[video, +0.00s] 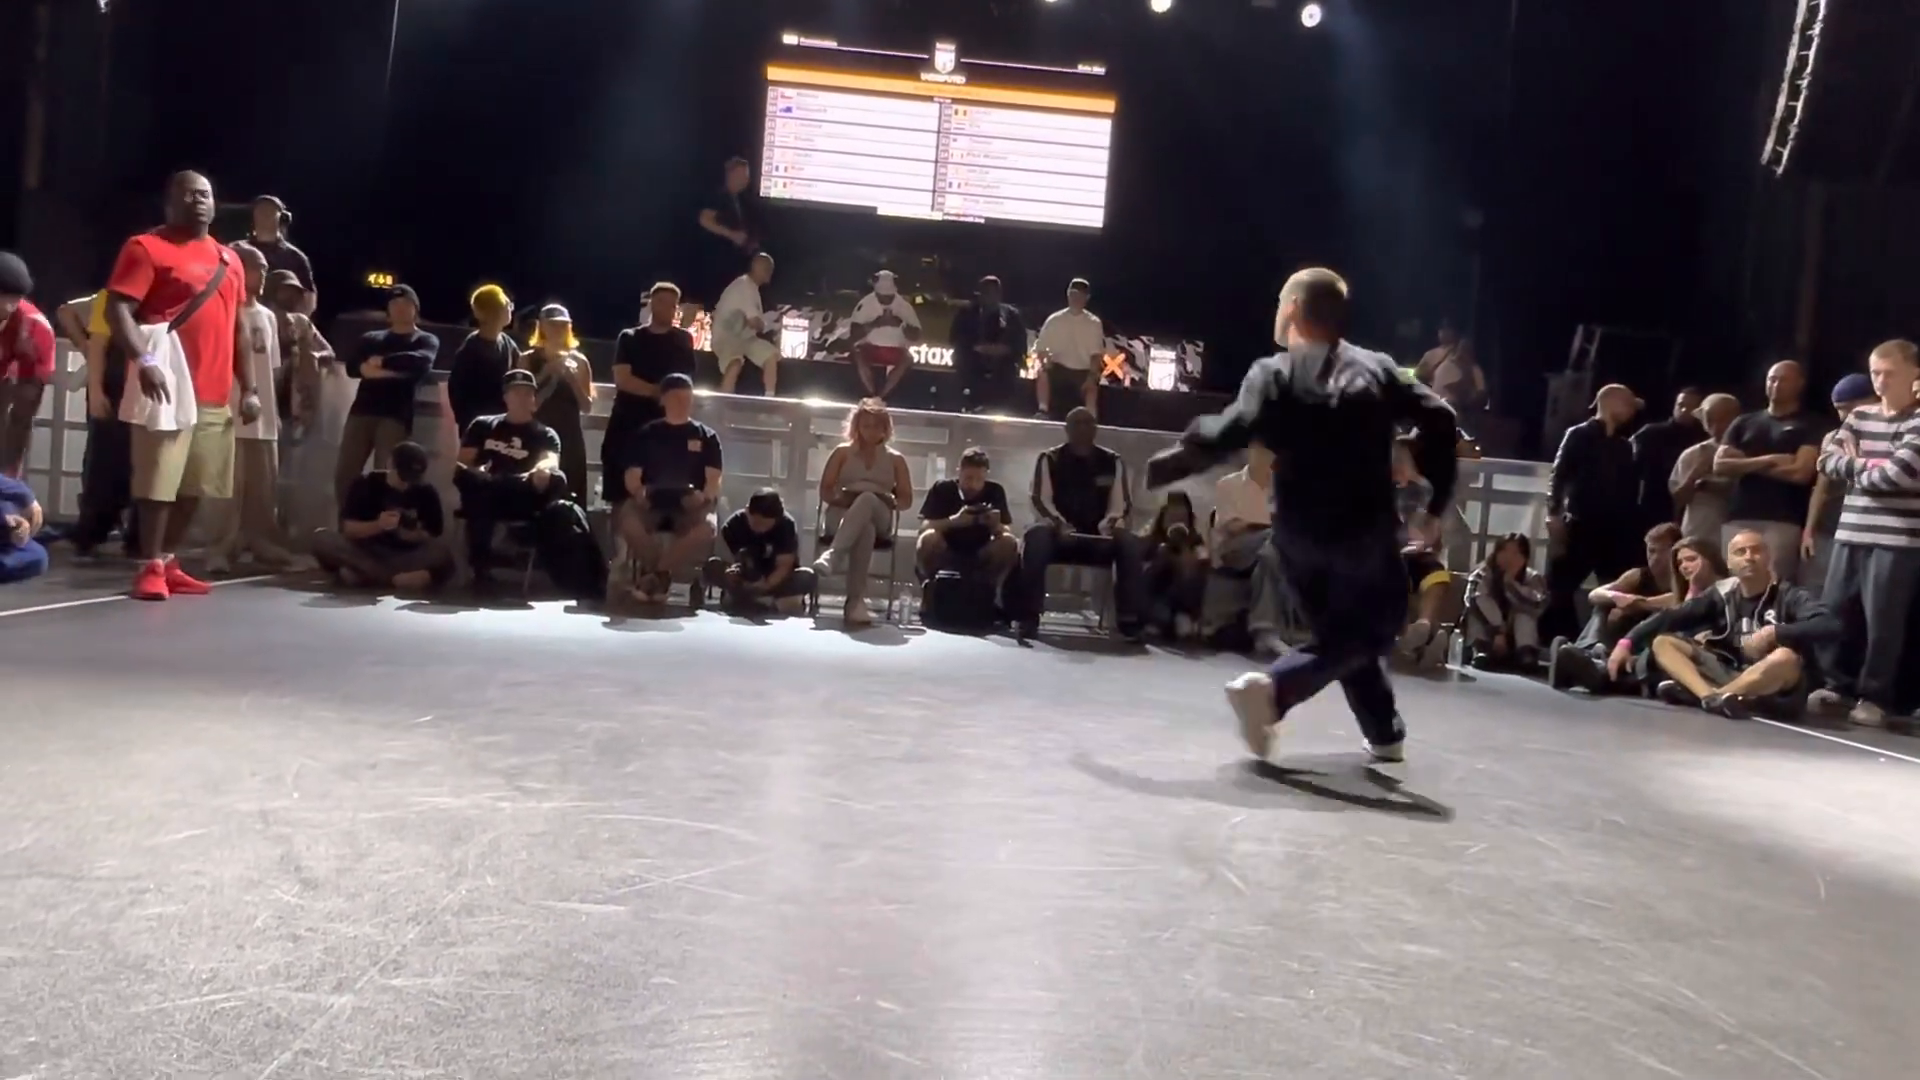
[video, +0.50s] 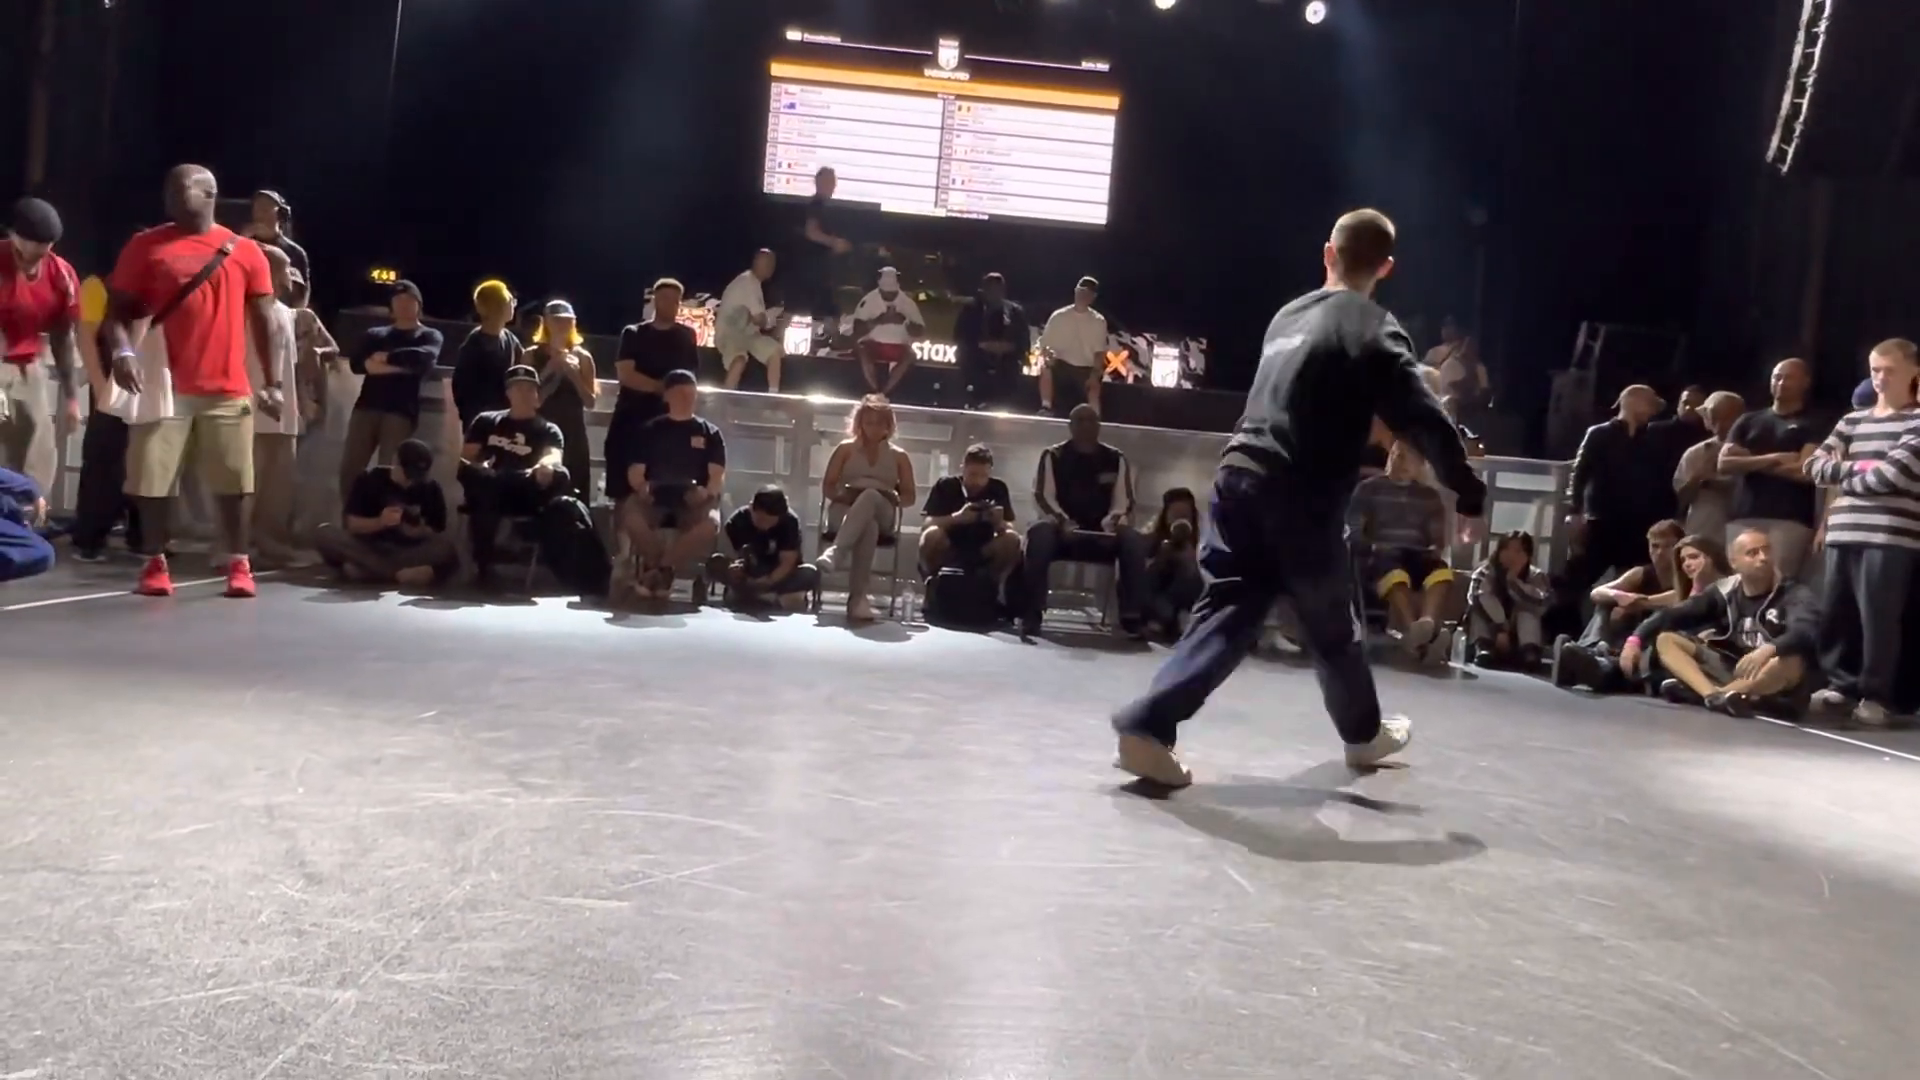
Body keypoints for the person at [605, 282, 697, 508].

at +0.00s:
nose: (668, 308)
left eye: (672, 304)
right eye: (662, 302)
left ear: (677, 308)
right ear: (651, 304)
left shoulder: (683, 339)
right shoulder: (629, 337)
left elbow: (686, 384)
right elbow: (622, 380)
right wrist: (660, 392)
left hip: (666, 422)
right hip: (629, 420)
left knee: (663, 490)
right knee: (621, 493)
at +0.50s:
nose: (671, 305)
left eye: (675, 300)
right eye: (665, 299)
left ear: (679, 303)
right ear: (654, 301)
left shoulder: (686, 335)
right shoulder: (633, 333)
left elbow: (689, 380)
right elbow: (625, 375)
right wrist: (663, 388)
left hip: (669, 418)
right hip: (632, 416)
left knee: (666, 485)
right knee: (623, 488)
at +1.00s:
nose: (670, 304)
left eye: (675, 299)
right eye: (665, 298)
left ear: (680, 303)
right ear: (654, 300)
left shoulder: (687, 334)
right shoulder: (634, 332)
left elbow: (689, 380)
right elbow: (626, 374)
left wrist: (640, 378)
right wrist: (665, 387)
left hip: (669, 423)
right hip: (631, 420)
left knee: (665, 492)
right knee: (624, 493)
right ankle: (621, 553)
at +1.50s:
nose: (671, 304)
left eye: (675, 299)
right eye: (665, 298)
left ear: (680, 304)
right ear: (655, 300)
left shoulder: (687, 335)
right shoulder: (633, 332)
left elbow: (689, 379)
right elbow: (625, 375)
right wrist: (664, 387)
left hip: (668, 423)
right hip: (630, 420)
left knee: (665, 490)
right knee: (624, 492)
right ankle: (622, 548)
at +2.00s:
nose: (668, 304)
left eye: (673, 300)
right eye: (663, 299)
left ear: (678, 303)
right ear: (654, 301)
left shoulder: (686, 335)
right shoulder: (633, 332)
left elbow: (688, 380)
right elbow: (624, 376)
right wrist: (663, 388)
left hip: (667, 422)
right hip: (630, 419)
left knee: (665, 489)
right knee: (622, 490)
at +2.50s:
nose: (668, 303)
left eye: (674, 298)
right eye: (663, 297)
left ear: (679, 304)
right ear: (654, 301)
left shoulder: (687, 336)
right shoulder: (633, 333)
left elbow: (689, 381)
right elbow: (625, 376)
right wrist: (664, 389)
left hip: (668, 422)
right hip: (631, 419)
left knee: (665, 489)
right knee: (623, 491)